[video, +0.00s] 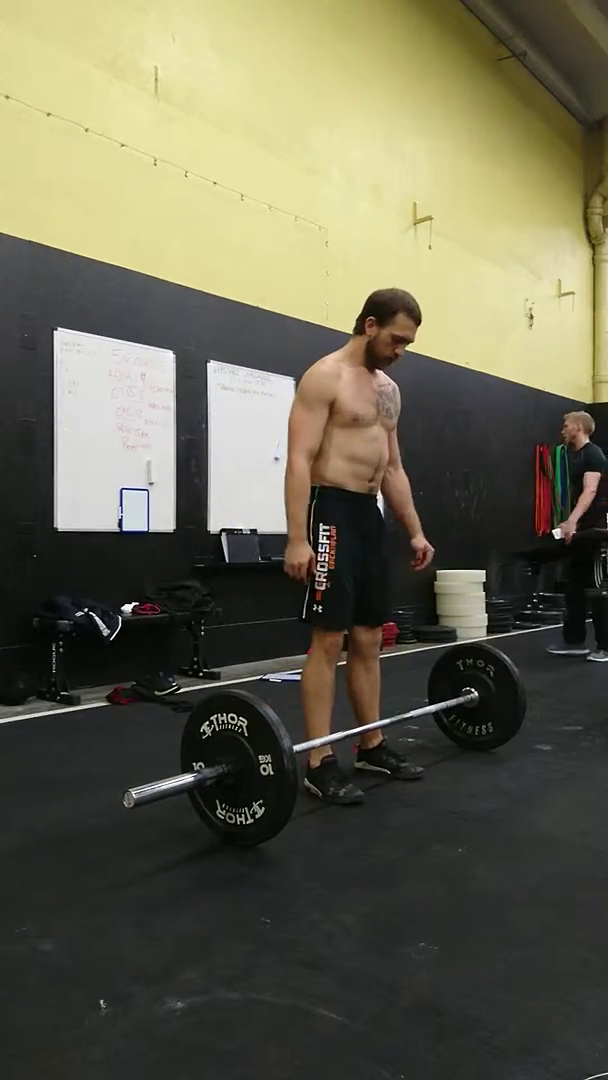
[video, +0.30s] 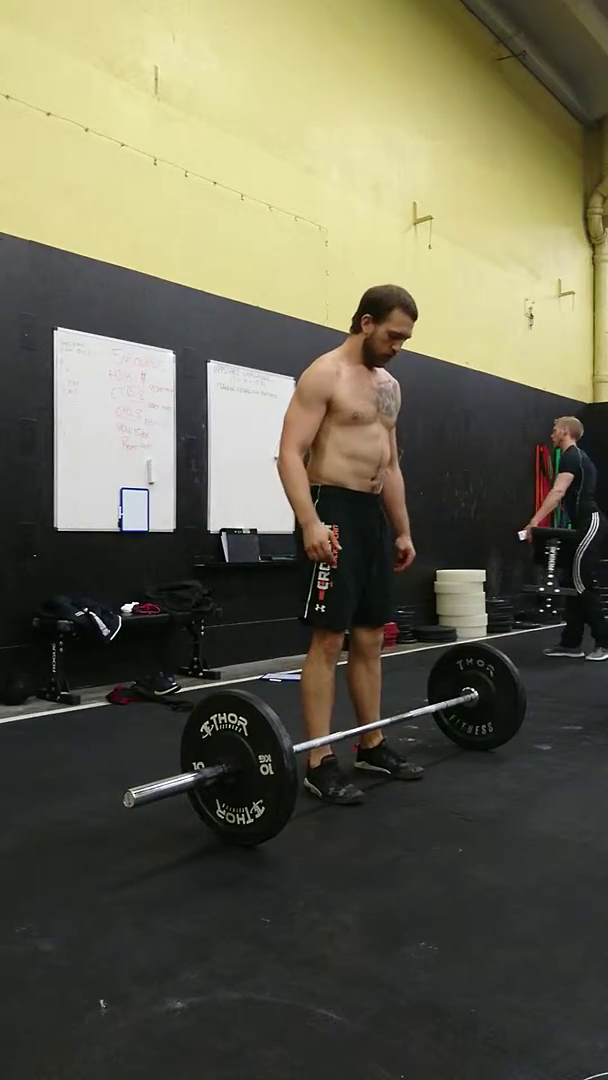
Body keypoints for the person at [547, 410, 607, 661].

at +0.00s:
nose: (562, 430)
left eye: (566, 426)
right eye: (563, 426)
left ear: (580, 429)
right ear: (577, 429)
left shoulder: (593, 453)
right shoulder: (571, 454)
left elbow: (590, 491)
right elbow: (573, 492)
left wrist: (572, 520)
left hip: (595, 530)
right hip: (579, 530)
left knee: (597, 587)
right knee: (574, 584)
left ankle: (603, 645)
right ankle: (574, 640)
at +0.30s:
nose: (552, 433)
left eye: (555, 429)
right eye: (553, 430)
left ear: (566, 433)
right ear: (569, 434)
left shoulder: (571, 455)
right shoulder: (572, 455)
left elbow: (558, 493)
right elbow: (560, 494)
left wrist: (534, 521)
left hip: (590, 521)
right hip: (580, 521)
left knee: (581, 580)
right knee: (571, 580)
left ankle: (602, 643)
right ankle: (571, 643)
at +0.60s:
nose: (533, 459)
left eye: (533, 456)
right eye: (533, 456)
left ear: (537, 454)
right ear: (553, 451)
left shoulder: (549, 468)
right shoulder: (568, 468)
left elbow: (532, 507)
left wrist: (514, 537)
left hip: (588, 521)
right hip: (594, 520)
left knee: (573, 579)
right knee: (576, 580)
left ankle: (576, 646)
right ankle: (571, 642)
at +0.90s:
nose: (523, 487)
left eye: (523, 484)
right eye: (523, 485)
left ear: (525, 482)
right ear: (542, 476)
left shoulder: (534, 491)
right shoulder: (555, 486)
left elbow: (519, 532)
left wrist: (505, 562)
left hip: (590, 525)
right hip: (599, 522)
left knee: (569, 582)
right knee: (579, 584)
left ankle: (577, 647)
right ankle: (571, 640)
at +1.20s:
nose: (522, 509)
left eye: (521, 507)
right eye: (521, 508)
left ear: (523, 504)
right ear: (537, 497)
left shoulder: (531, 510)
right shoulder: (553, 501)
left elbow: (513, 549)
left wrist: (497, 579)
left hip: (588, 529)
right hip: (600, 526)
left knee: (566, 584)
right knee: (580, 585)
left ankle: (578, 648)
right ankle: (569, 642)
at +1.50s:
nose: (519, 512)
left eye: (518, 508)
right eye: (517, 509)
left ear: (521, 501)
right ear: (531, 497)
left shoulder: (531, 508)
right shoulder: (550, 502)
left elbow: (514, 547)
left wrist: (500, 578)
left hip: (587, 528)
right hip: (600, 525)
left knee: (567, 585)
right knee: (582, 586)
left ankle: (578, 648)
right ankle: (569, 641)